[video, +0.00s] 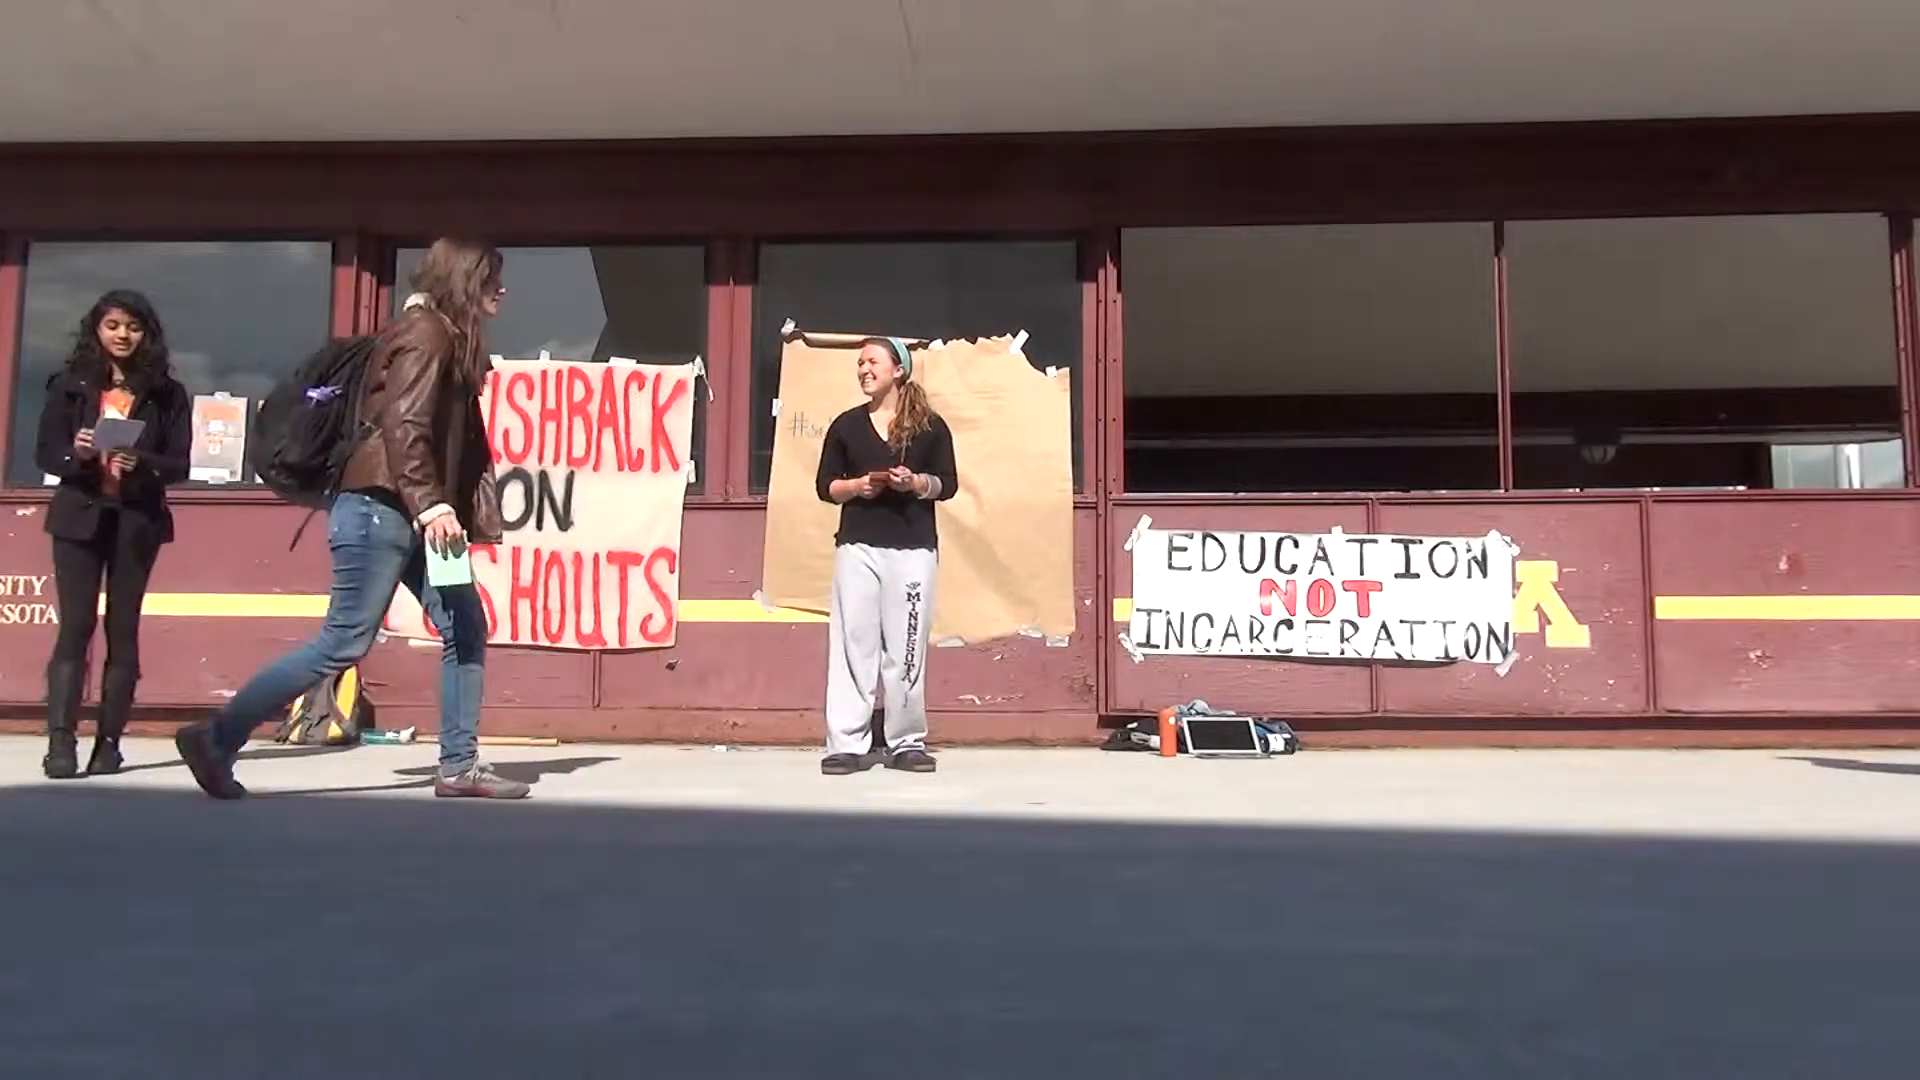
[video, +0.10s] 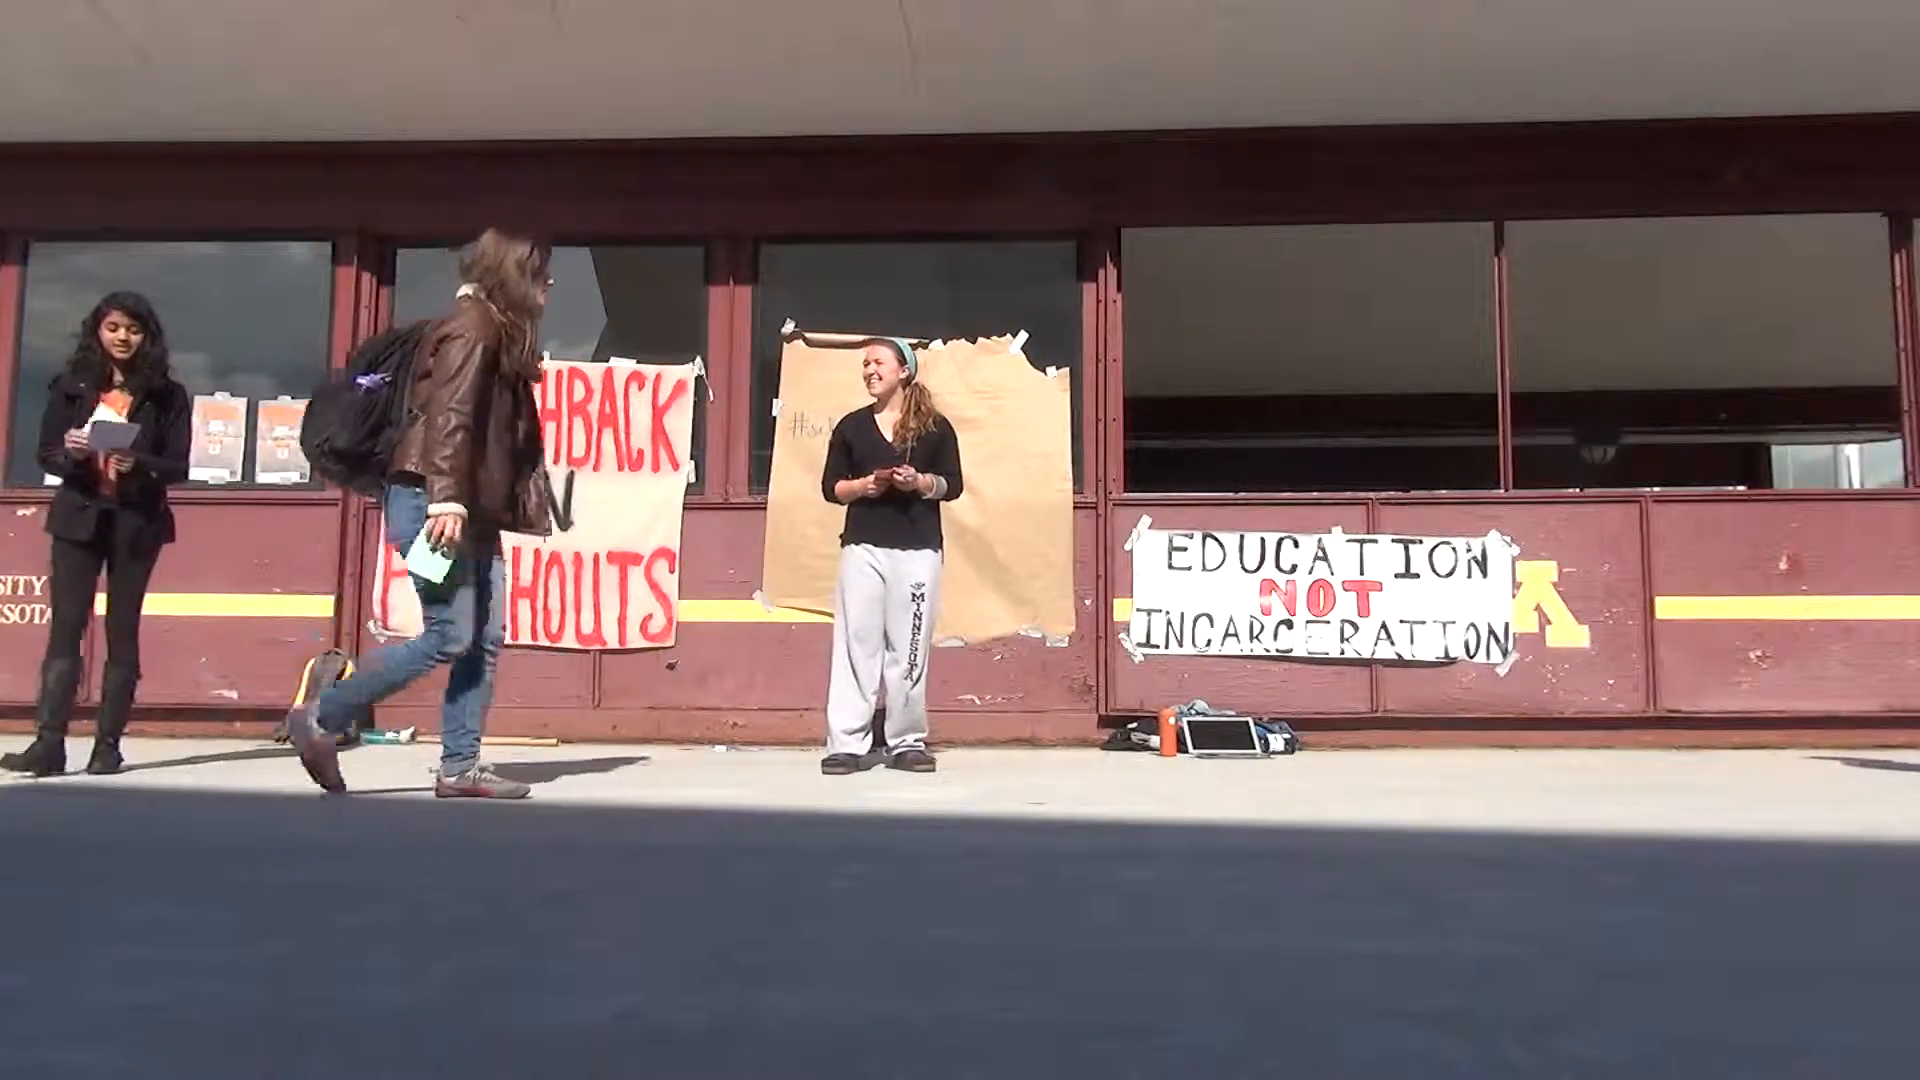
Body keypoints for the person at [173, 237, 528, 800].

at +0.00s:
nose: (501, 291)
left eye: (500, 281)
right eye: (494, 280)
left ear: (453, 277)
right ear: (466, 281)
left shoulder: (447, 337)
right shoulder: (424, 333)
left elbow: (446, 437)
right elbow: (406, 427)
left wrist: (462, 506)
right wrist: (429, 503)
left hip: (413, 513)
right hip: (375, 505)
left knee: (467, 625)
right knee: (342, 644)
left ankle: (458, 769)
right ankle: (214, 742)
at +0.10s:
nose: (546, 287)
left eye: (545, 276)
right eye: (539, 276)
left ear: (498, 271)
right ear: (512, 274)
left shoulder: (501, 330)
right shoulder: (475, 325)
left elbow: (485, 424)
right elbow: (451, 414)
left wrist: (502, 503)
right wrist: (446, 498)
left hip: (471, 501)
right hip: (433, 497)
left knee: (482, 640)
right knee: (449, 636)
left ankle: (458, 769)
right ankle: (320, 720)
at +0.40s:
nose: (686, 309)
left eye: (686, 298)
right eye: (680, 297)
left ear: (635, 289)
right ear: (653, 293)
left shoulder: (620, 337)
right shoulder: (613, 334)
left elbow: (607, 429)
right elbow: (584, 426)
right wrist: (591, 513)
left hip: (560, 511)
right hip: (571, 511)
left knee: (527, 643)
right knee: (646, 633)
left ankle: (463, 762)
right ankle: (711, 760)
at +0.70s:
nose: (833, 287)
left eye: (832, 274)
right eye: (829, 275)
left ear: (774, 268)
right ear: (811, 275)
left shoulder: (751, 324)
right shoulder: (775, 327)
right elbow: (769, 425)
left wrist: (785, 508)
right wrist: (798, 506)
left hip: (721, 495)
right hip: (735, 497)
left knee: (769, 628)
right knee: (758, 629)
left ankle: (658, 719)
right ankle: (740, 768)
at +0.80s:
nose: (878, 279)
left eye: (875, 268)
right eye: (875, 268)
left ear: (826, 263)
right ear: (860, 269)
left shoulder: (815, 320)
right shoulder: (820, 321)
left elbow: (835, 420)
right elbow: (824, 420)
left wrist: (866, 488)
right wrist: (862, 502)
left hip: (783, 497)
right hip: (774, 494)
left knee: (837, 619)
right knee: (769, 630)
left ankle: (789, 753)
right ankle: (740, 769)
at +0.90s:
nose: (927, 299)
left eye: (925, 288)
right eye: (923, 288)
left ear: (876, 281)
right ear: (908, 288)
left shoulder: (858, 329)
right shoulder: (869, 333)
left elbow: (869, 430)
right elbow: (879, 434)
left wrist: (914, 471)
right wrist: (927, 508)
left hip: (825, 507)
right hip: (820, 505)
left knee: (892, 630)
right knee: (788, 637)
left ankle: (929, 762)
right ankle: (741, 768)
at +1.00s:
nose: (979, 312)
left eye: (978, 300)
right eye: (976, 300)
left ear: (927, 294)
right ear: (961, 300)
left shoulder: (912, 342)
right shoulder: (922, 346)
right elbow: (928, 442)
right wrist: (978, 516)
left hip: (886, 519)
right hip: (868, 512)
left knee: (949, 638)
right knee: (823, 641)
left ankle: (1003, 762)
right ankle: (746, 761)